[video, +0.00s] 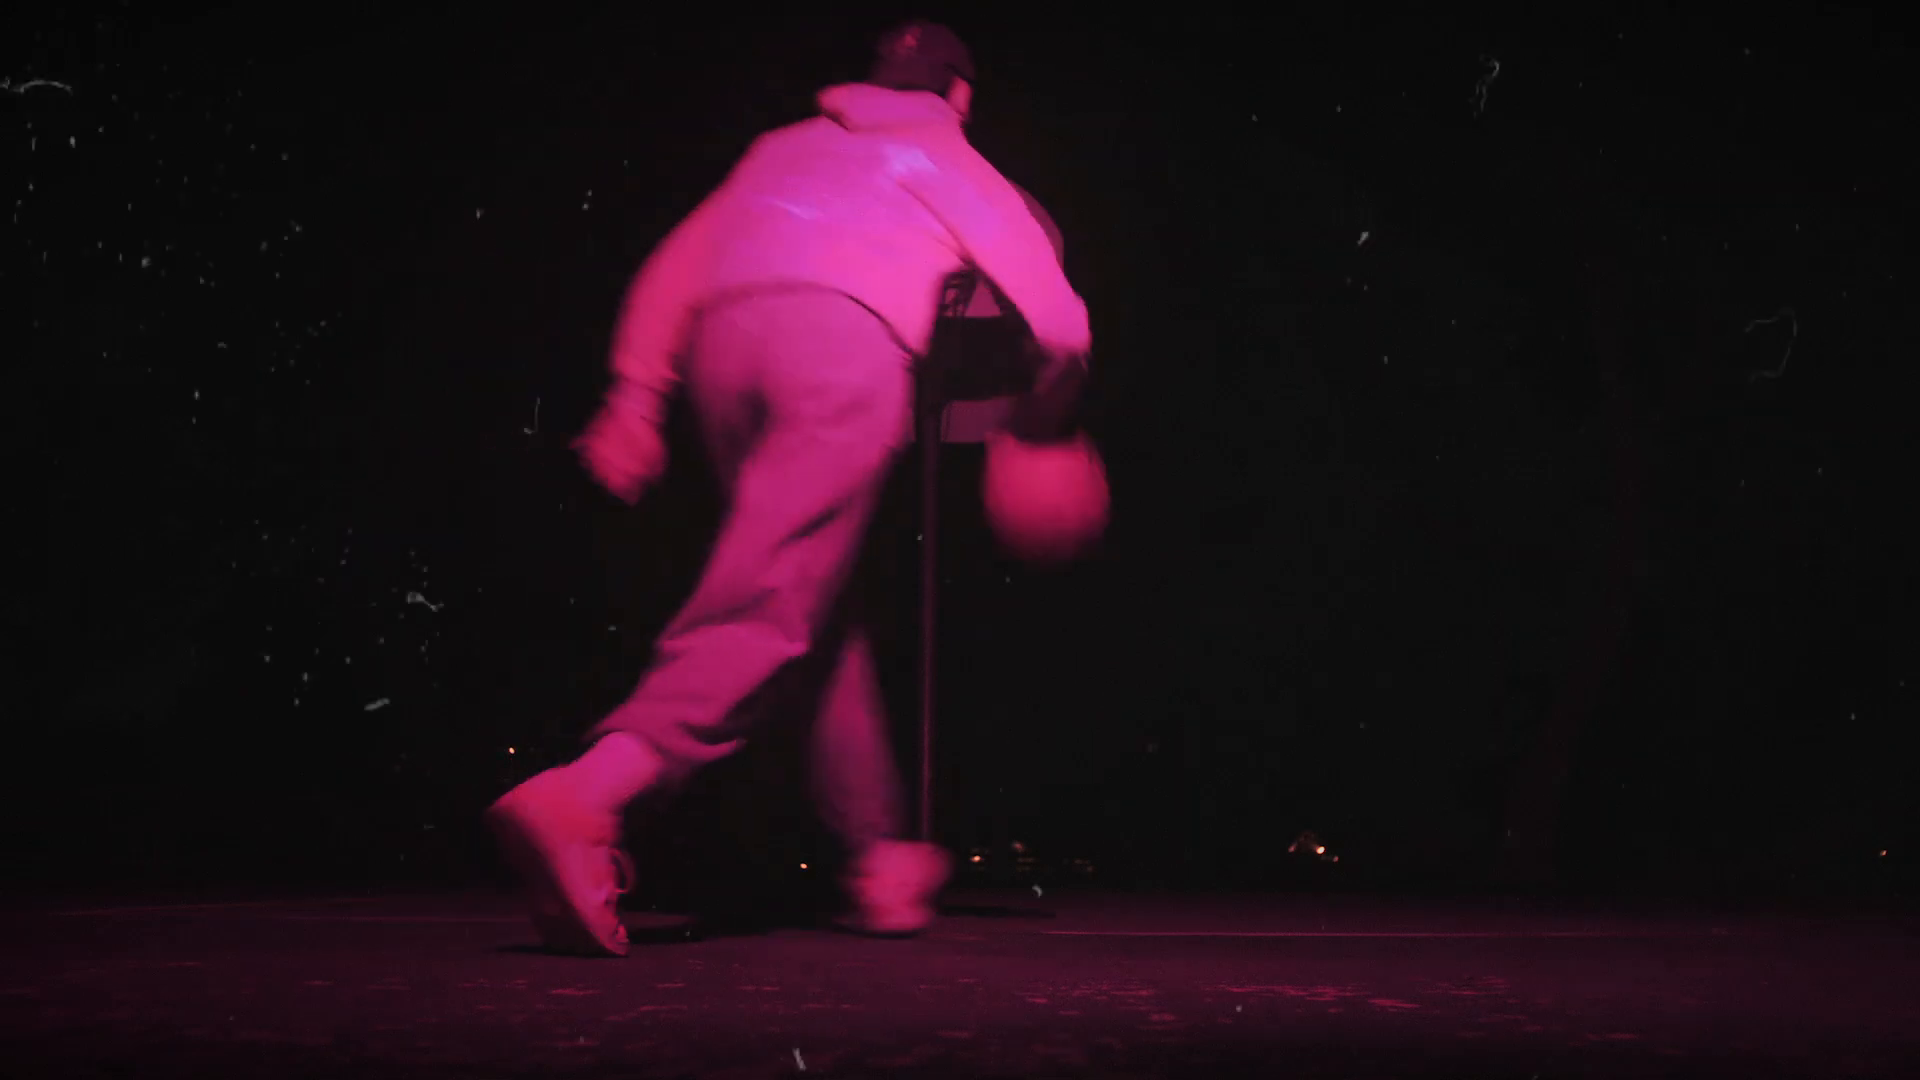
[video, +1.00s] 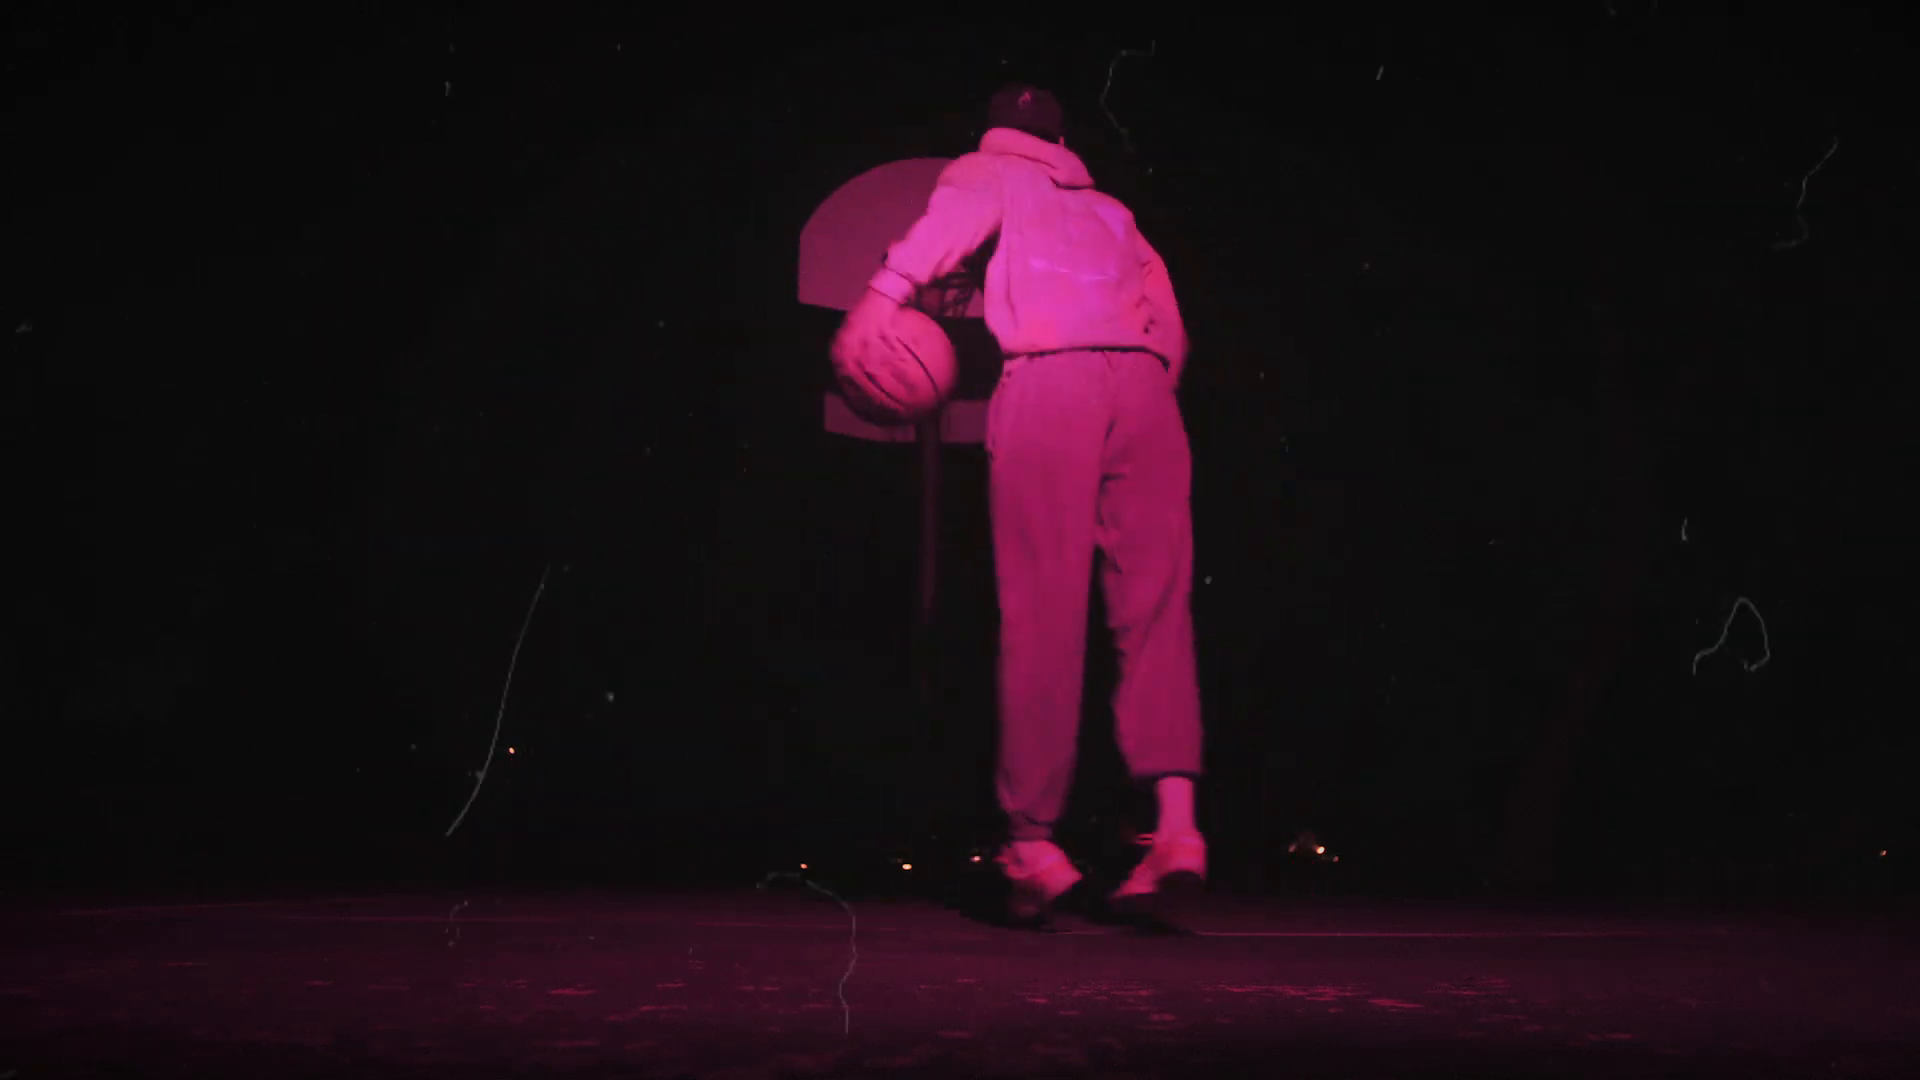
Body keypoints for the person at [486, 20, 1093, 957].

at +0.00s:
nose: (971, 116)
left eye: (967, 103)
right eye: (972, 102)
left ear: (869, 86)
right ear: (957, 97)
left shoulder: (779, 148)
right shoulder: (951, 164)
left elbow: (676, 262)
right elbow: (1063, 326)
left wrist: (636, 395)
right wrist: (1042, 419)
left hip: (720, 341)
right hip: (840, 342)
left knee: (809, 605)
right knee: (765, 602)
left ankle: (880, 858)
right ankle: (585, 796)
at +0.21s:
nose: (1050, 222)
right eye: (1049, 213)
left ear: (958, 207)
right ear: (1041, 211)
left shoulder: (898, 274)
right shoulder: (1053, 281)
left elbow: (872, 388)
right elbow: (1118, 430)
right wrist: (1202, 560)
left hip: (886, 460)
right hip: (994, 458)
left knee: (951, 679)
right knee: (1038, 661)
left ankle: (973, 868)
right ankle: (998, 781)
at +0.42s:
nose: (1124, 244)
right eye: (1122, 233)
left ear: (1040, 236)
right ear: (1111, 234)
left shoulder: (985, 296)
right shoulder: (1129, 291)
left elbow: (969, 381)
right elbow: (1188, 394)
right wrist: (1304, 466)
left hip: (979, 486)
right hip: (1088, 475)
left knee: (1038, 695)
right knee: (1158, 647)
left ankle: (992, 859)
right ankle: (1256, 845)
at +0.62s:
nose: (1131, 271)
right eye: (1132, 261)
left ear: (1055, 264)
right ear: (1130, 263)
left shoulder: (1018, 347)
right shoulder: (1171, 328)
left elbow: (1013, 484)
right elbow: (1225, 430)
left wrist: (1022, 601)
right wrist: (1243, 530)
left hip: (1078, 541)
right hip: (1187, 524)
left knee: (1102, 698)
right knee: (1221, 691)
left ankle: (1074, 871)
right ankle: (1303, 869)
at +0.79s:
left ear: (1018, 219)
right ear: (1096, 222)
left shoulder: (995, 290)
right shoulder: (1145, 289)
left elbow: (997, 388)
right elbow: (1212, 397)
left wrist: (992, 490)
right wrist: (1256, 508)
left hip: (1072, 492)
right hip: (1174, 484)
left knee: (1091, 692)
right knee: (1213, 681)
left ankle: (1079, 878)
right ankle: (1291, 866)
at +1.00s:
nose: (993, 150)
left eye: (991, 137)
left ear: (991, 135)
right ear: (1063, 144)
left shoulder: (987, 170)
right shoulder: (1112, 211)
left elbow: (945, 233)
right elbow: (1167, 328)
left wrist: (877, 299)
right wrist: (1137, 396)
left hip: (1048, 390)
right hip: (1147, 396)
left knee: (1043, 602)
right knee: (1156, 603)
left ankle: (1032, 839)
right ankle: (1178, 826)